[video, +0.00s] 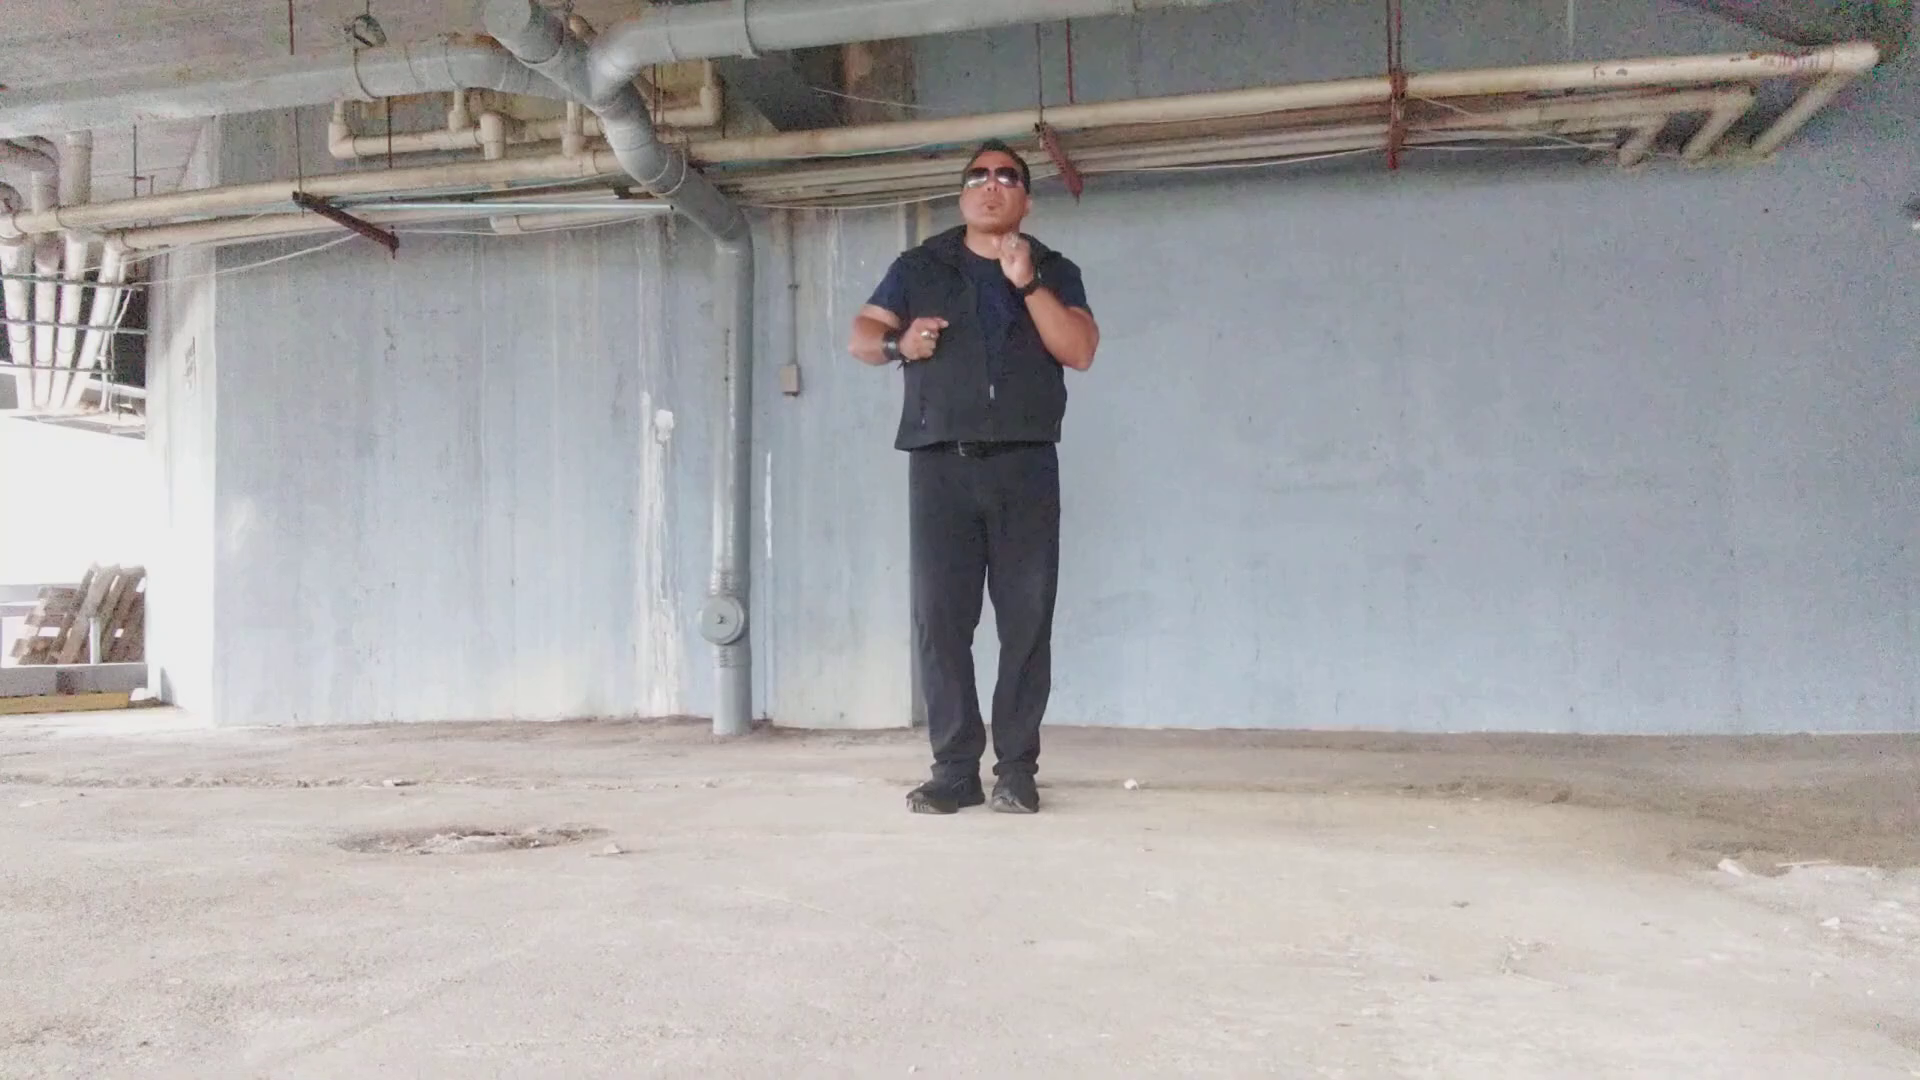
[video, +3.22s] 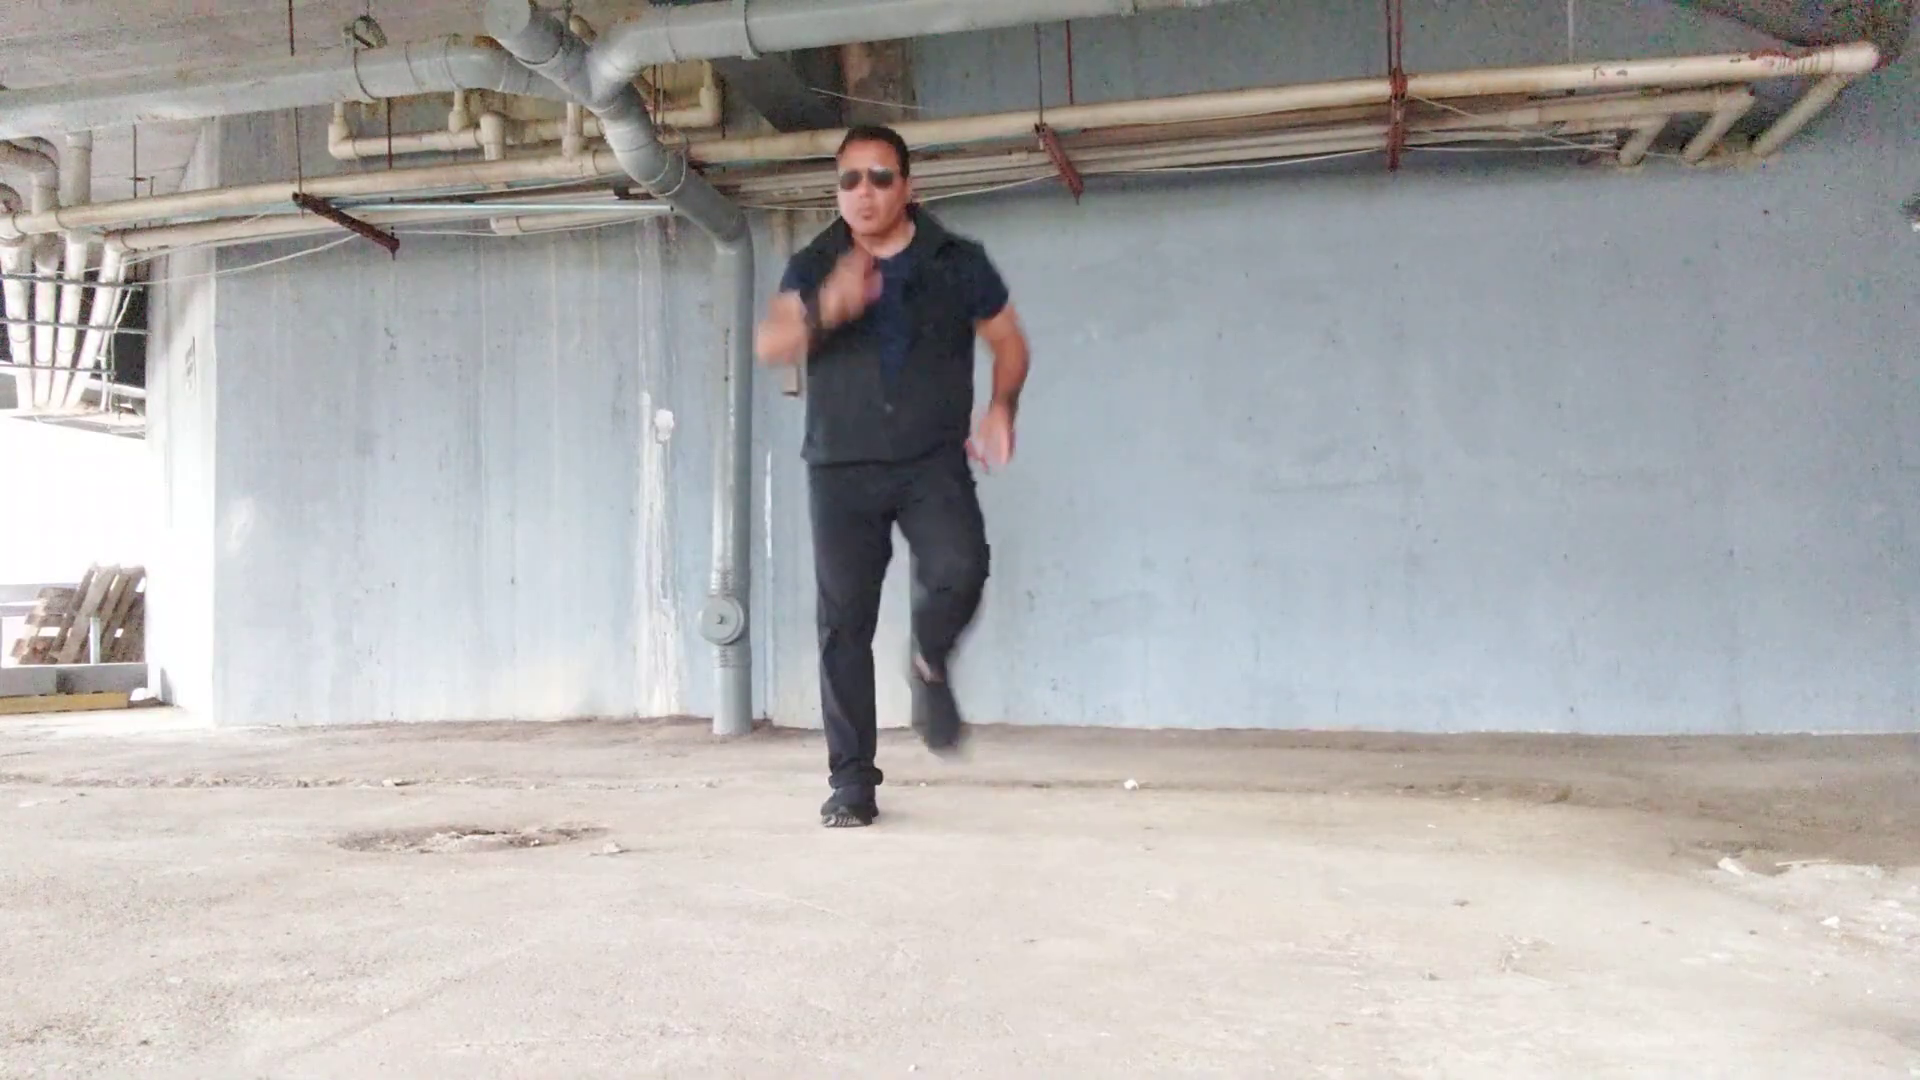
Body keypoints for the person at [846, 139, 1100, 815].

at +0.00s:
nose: (995, 186)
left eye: (1009, 178)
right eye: (982, 177)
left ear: (1027, 200)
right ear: (962, 196)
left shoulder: (1054, 270)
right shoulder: (920, 264)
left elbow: (1080, 351)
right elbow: (861, 338)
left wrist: (1029, 283)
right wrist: (898, 343)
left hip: (1024, 465)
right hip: (939, 466)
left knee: (1027, 622)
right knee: (940, 621)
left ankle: (1017, 768)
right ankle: (954, 770)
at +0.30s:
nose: (980, 186)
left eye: (995, 176)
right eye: (967, 177)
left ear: (1016, 197)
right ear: (950, 198)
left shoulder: (1053, 269)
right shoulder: (918, 271)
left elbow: (1086, 363)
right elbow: (871, 360)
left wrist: (1052, 377)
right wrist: (912, 346)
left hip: (1019, 465)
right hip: (935, 466)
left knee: (1021, 622)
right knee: (941, 621)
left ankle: (1015, 769)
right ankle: (954, 770)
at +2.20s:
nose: (983, 217)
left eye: (995, 203)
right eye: (968, 204)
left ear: (1007, 203)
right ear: (936, 203)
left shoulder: (1034, 272)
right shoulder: (900, 265)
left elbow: (1085, 361)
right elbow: (831, 324)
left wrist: (1078, 454)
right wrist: (891, 301)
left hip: (1002, 474)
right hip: (917, 473)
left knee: (1009, 627)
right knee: (896, 620)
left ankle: (1009, 774)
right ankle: (886, 778)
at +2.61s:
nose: (928, 220)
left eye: (939, 206)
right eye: (913, 206)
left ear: (948, 206)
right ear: (876, 205)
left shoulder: (968, 273)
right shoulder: (831, 279)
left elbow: (1003, 356)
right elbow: (820, 375)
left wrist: (1046, 429)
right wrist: (861, 352)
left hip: (943, 479)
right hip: (855, 485)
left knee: (963, 609)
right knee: (859, 629)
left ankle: (938, 737)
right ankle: (879, 786)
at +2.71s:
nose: (930, 213)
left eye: (936, 200)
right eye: (916, 199)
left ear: (939, 202)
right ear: (872, 200)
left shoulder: (949, 268)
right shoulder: (815, 276)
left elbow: (1016, 339)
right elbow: (760, 361)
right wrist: (804, 426)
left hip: (934, 476)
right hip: (850, 479)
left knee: (927, 616)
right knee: (858, 624)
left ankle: (843, 732)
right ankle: (875, 778)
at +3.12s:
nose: (878, 201)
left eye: (893, 190)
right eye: (864, 190)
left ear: (917, 200)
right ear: (847, 200)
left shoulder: (957, 281)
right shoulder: (808, 277)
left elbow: (978, 372)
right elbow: (770, 372)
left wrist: (977, 402)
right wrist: (802, 399)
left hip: (923, 476)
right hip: (836, 479)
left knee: (949, 580)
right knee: (846, 625)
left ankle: (891, 663)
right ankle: (853, 781)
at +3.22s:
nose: (864, 193)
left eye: (880, 179)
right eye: (851, 180)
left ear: (906, 188)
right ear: (837, 189)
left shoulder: (956, 261)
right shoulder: (819, 261)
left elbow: (1009, 346)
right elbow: (768, 344)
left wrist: (1001, 406)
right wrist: (829, 307)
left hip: (934, 463)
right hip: (843, 469)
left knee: (960, 573)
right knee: (843, 626)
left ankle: (930, 664)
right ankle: (851, 783)